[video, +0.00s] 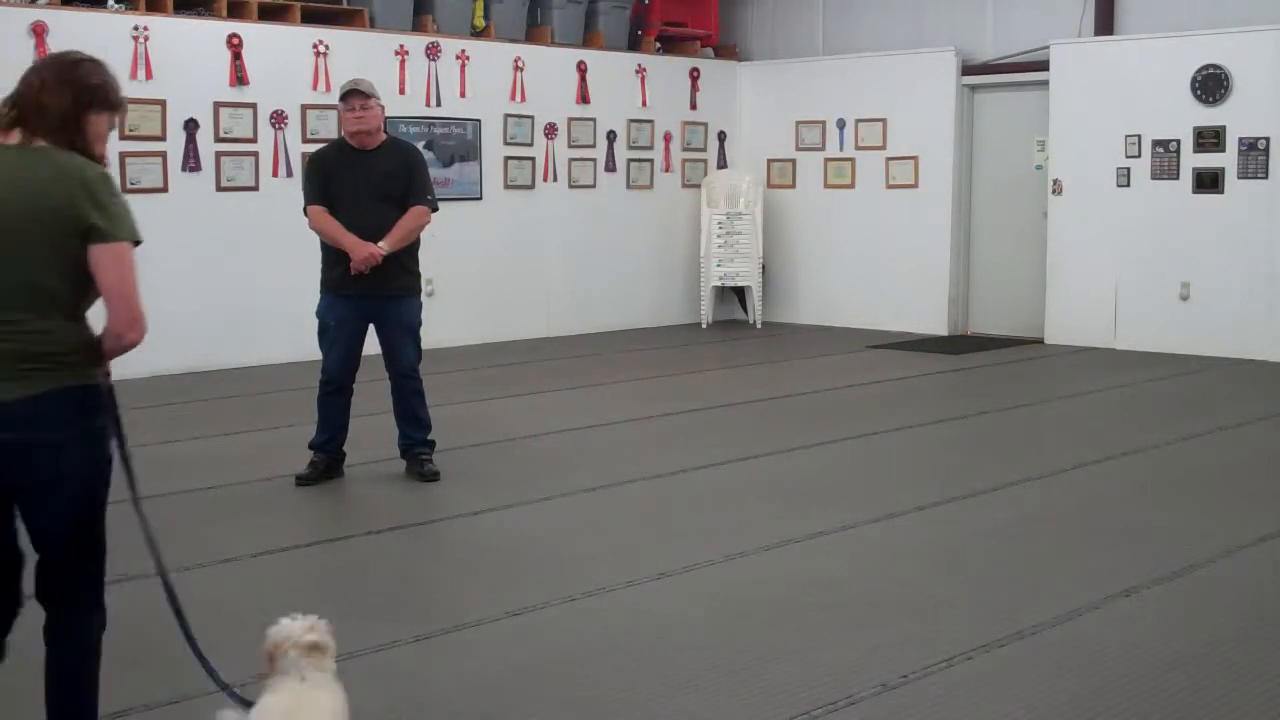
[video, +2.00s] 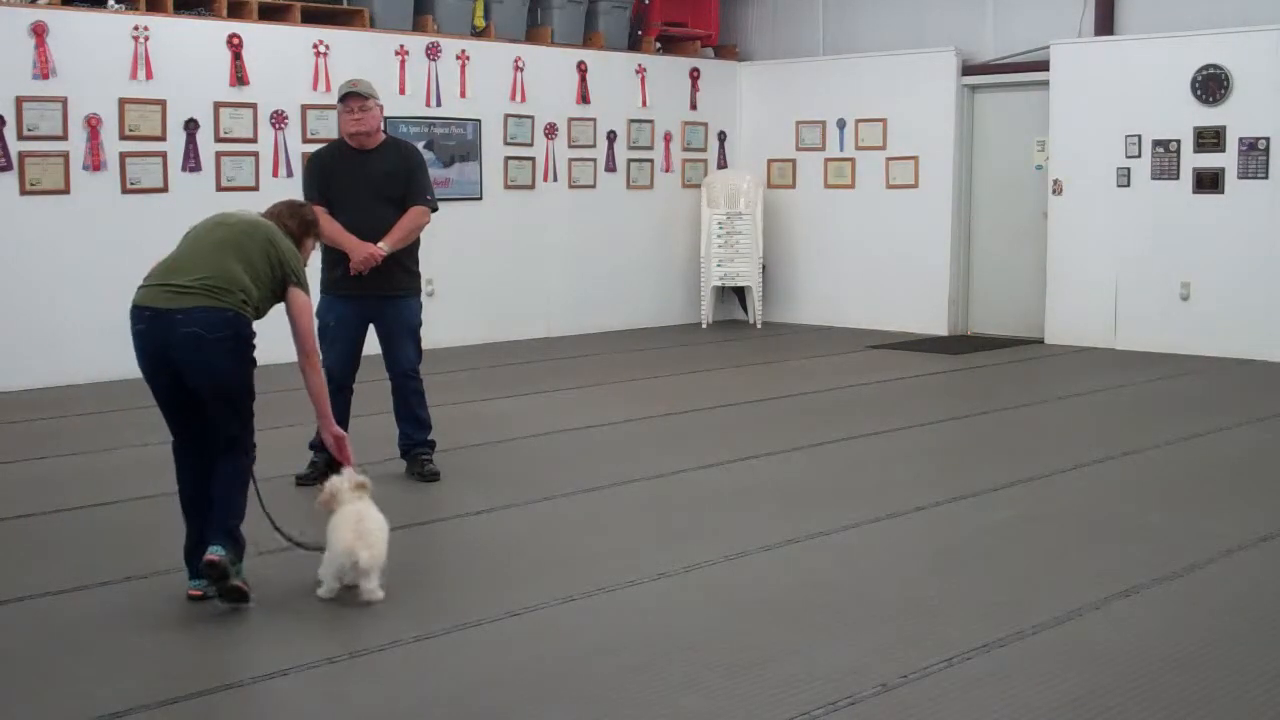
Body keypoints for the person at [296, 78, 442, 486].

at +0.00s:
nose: (358, 113)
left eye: (365, 106)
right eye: (350, 108)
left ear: (381, 112)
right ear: (340, 117)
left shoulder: (407, 155)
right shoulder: (321, 161)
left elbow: (421, 213)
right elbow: (316, 215)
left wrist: (378, 250)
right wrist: (355, 246)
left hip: (398, 288)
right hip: (342, 289)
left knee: (406, 373)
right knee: (335, 375)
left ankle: (419, 452)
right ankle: (327, 455)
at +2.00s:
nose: (357, 117)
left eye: (364, 109)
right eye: (349, 111)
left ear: (380, 113)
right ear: (338, 118)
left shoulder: (406, 155)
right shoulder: (322, 161)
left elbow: (421, 213)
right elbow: (316, 216)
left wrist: (378, 250)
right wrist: (354, 247)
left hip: (397, 288)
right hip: (342, 289)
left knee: (406, 372)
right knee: (334, 374)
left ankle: (419, 450)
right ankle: (326, 454)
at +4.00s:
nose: (360, 116)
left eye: (366, 109)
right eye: (352, 111)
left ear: (380, 111)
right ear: (341, 116)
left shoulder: (405, 154)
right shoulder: (328, 159)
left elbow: (420, 211)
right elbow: (314, 218)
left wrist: (376, 250)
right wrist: (348, 243)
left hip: (396, 285)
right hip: (341, 286)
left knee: (406, 371)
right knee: (336, 378)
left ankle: (418, 450)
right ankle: (329, 456)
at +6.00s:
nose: (358, 120)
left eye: (365, 112)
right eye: (350, 114)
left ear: (379, 114)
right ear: (338, 118)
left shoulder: (406, 156)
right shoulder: (321, 162)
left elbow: (424, 223)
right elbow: (317, 220)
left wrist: (417, 283)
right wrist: (362, 255)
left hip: (395, 279)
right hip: (340, 280)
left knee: (406, 367)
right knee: (331, 372)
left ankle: (418, 449)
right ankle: (327, 452)